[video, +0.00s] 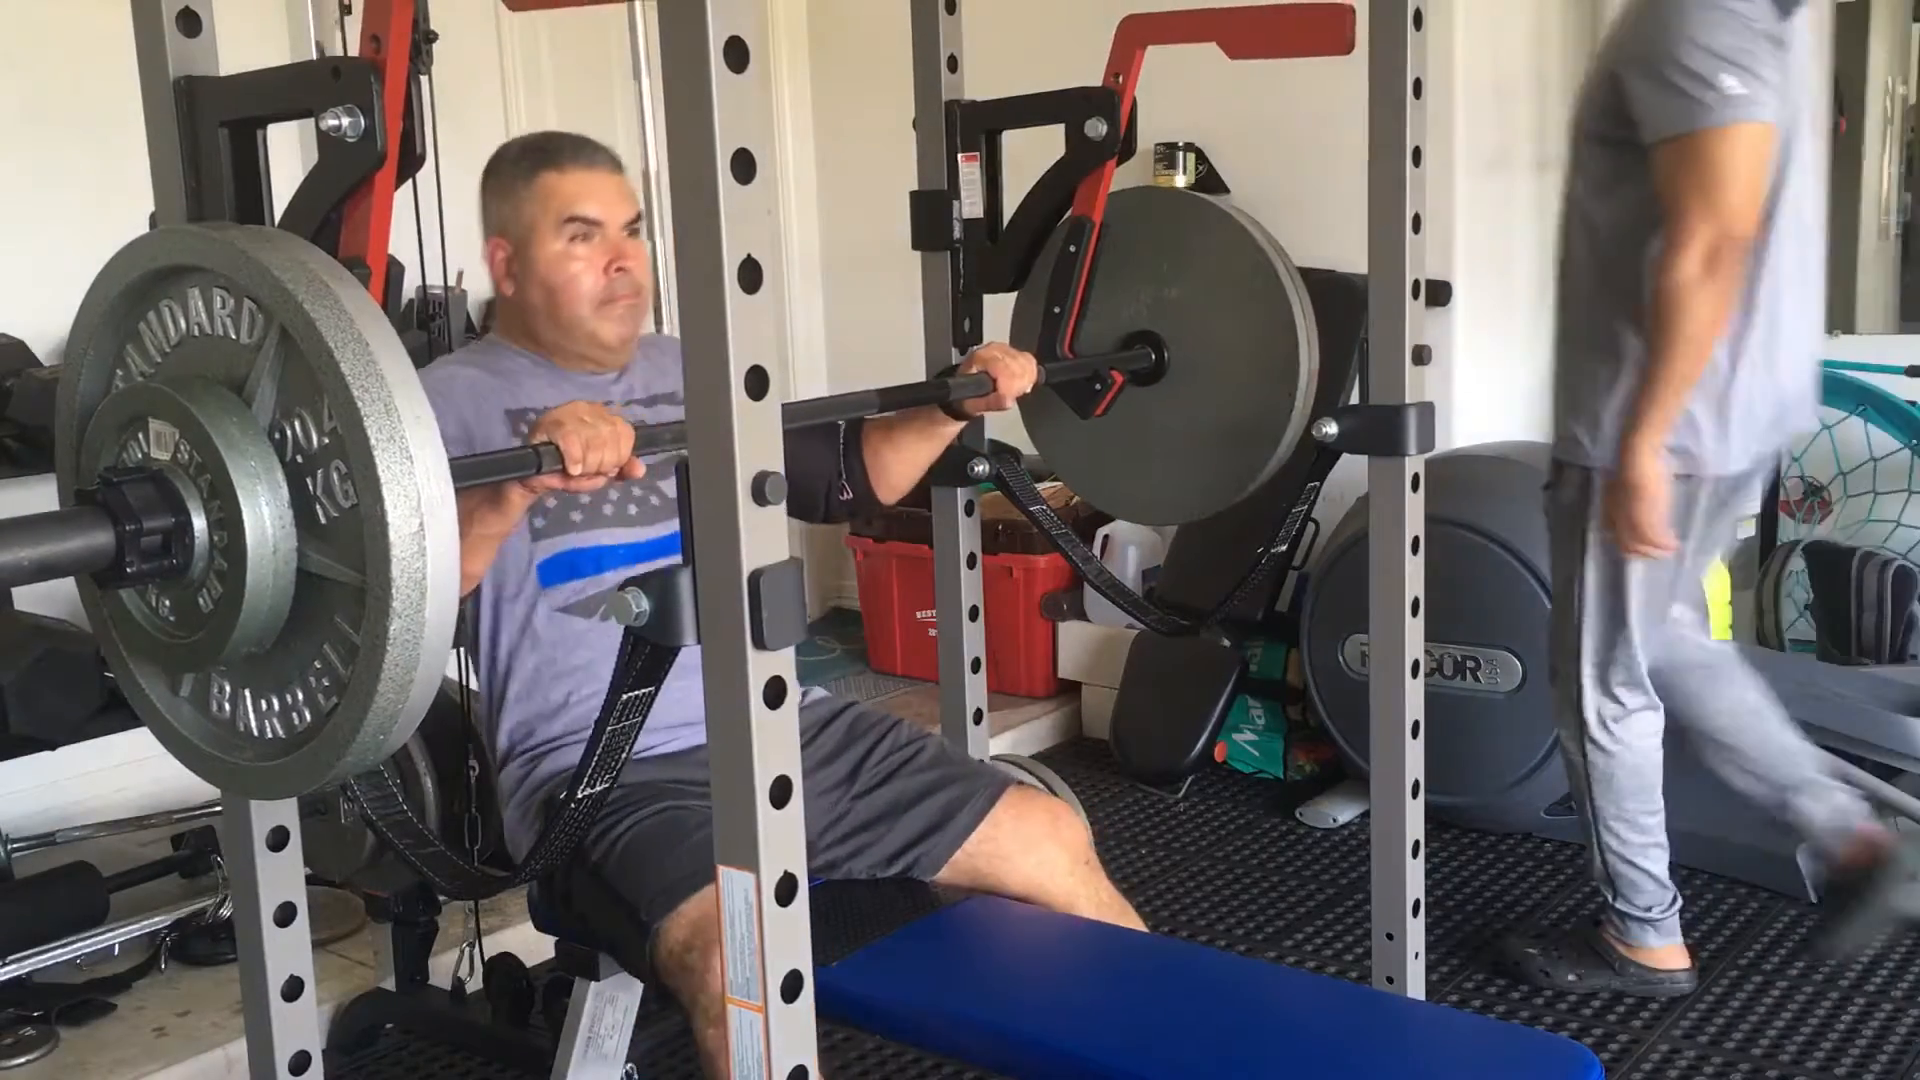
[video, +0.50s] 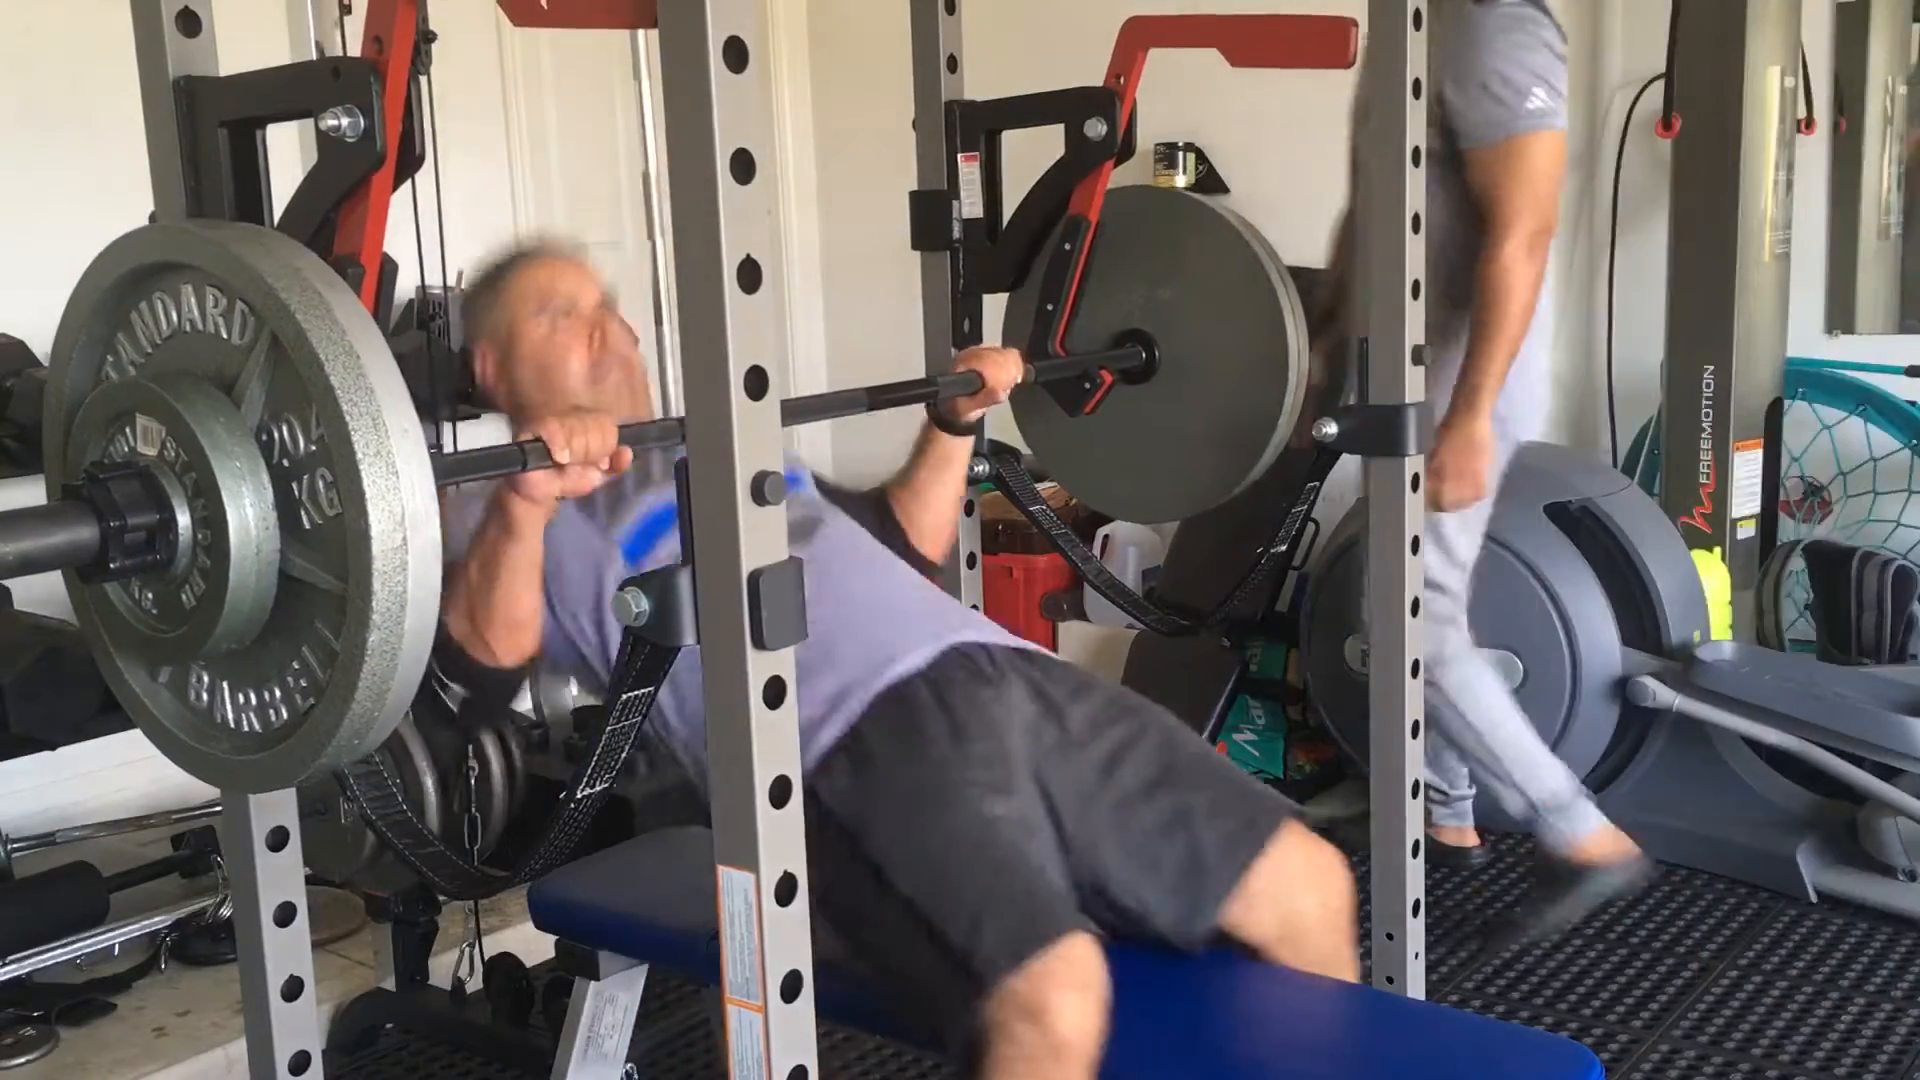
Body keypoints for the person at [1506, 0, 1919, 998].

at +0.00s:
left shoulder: (1696, 22)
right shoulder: (1757, 22)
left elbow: (1714, 237)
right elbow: (1743, 235)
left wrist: (1644, 438)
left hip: (1655, 428)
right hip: (1734, 424)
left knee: (1607, 683)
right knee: (1670, 637)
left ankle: (1643, 932)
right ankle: (1851, 839)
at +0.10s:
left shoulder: (1654, 15)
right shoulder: (1680, 19)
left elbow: (1659, 226)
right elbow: (1666, 228)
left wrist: (1557, 408)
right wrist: (1560, 397)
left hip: (1624, 417)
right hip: (1645, 408)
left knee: (1598, 675)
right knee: (1551, 594)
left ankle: (1644, 931)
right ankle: (1693, 810)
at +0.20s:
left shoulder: (1617, 16)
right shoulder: (1595, 17)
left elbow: (1617, 221)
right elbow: (1612, 225)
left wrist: (1492, 379)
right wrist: (1510, 392)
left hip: (1583, 409)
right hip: (1558, 404)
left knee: (1590, 665)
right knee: (1504, 600)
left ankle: (1647, 928)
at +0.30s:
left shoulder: (1568, 23)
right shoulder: (1524, 23)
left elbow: (1579, 230)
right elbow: (1543, 226)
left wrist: (1454, 383)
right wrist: (1456, 372)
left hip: (1544, 415)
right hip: (1500, 410)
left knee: (1573, 668)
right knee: (1468, 613)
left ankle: (1647, 925)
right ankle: (1450, 811)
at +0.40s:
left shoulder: (1531, 35)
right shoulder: (1475, 33)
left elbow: (1546, 240)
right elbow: (1454, 237)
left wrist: (1450, 408)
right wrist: (1375, 365)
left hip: (1504, 420)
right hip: (1466, 412)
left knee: (1518, 655)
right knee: (1437, 621)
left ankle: (1642, 910)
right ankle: (1442, 808)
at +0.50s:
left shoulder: (1491, 26)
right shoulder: (1425, 31)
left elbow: (1522, 232)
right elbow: (1382, 209)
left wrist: (1471, 416)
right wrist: (1330, 338)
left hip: (1467, 380)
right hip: (1425, 375)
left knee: (1419, 623)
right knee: (1406, 612)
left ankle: (1585, 839)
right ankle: (1444, 814)